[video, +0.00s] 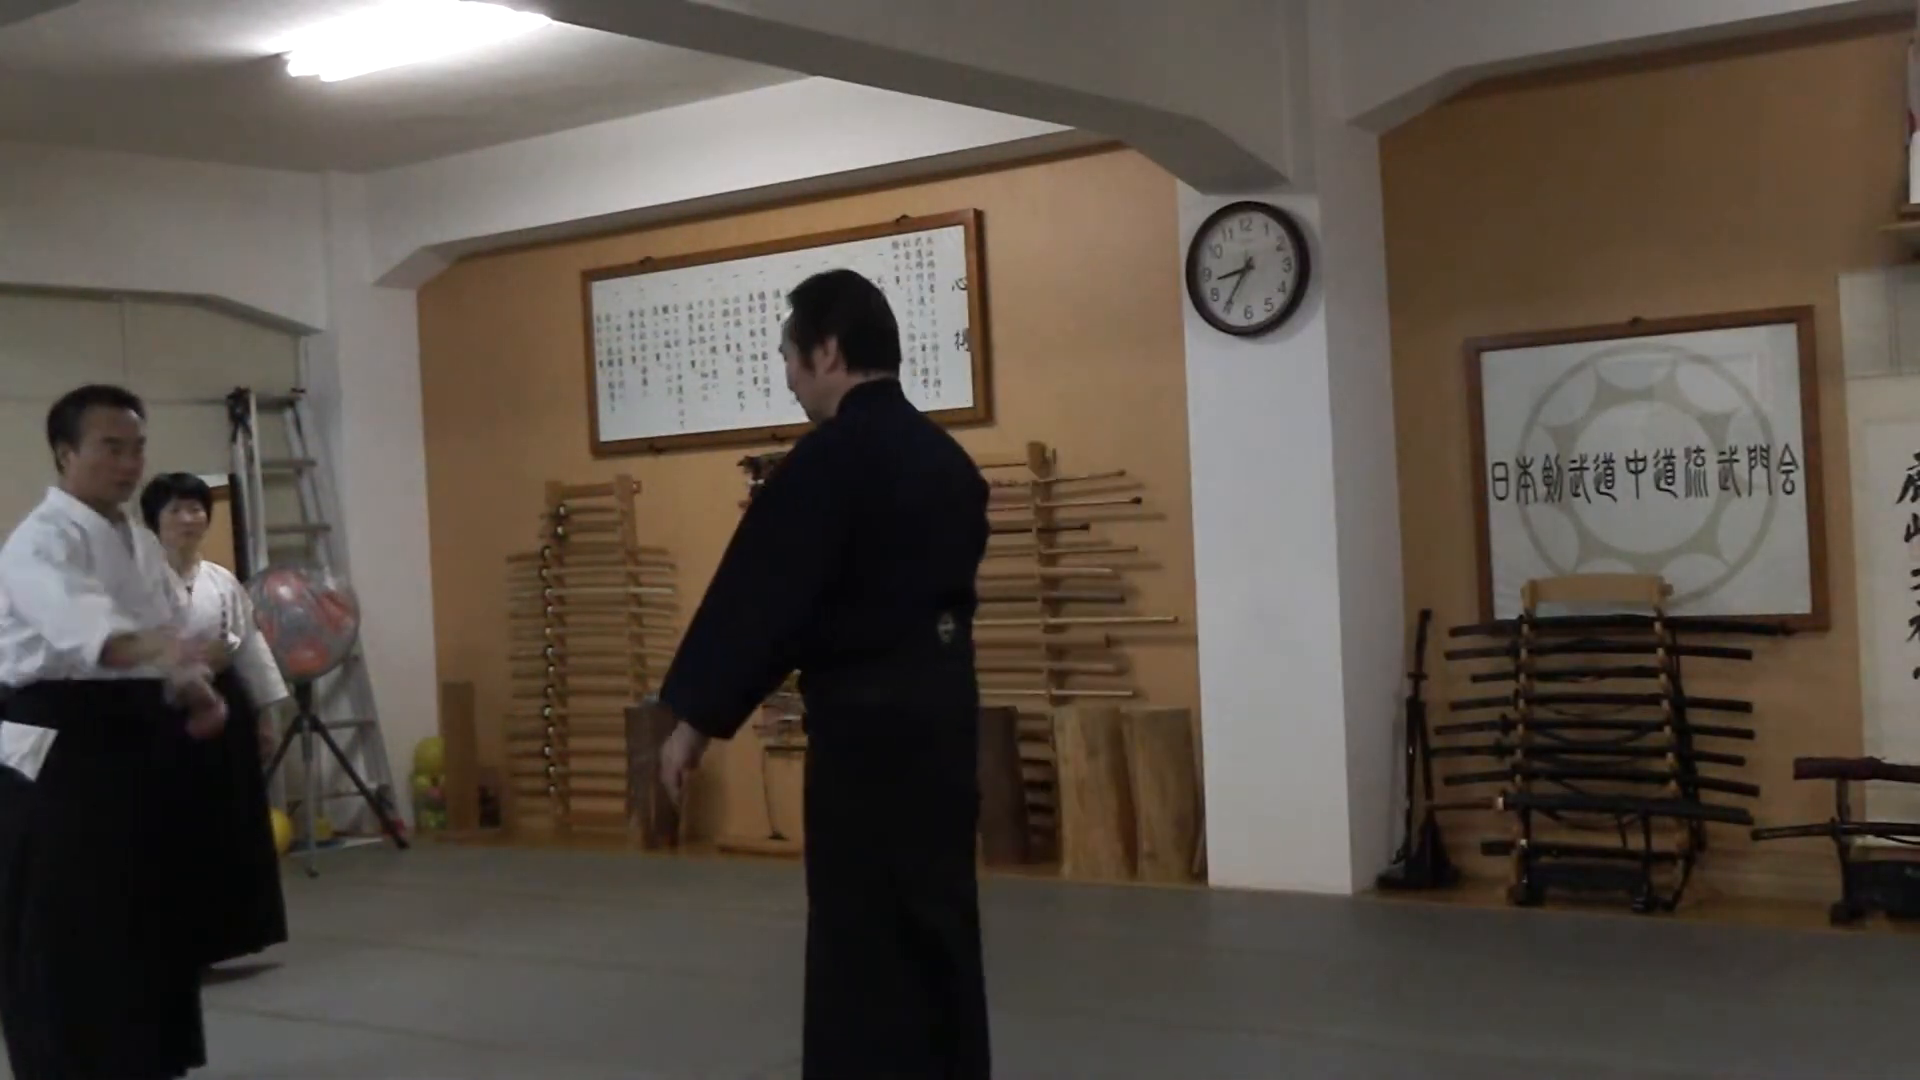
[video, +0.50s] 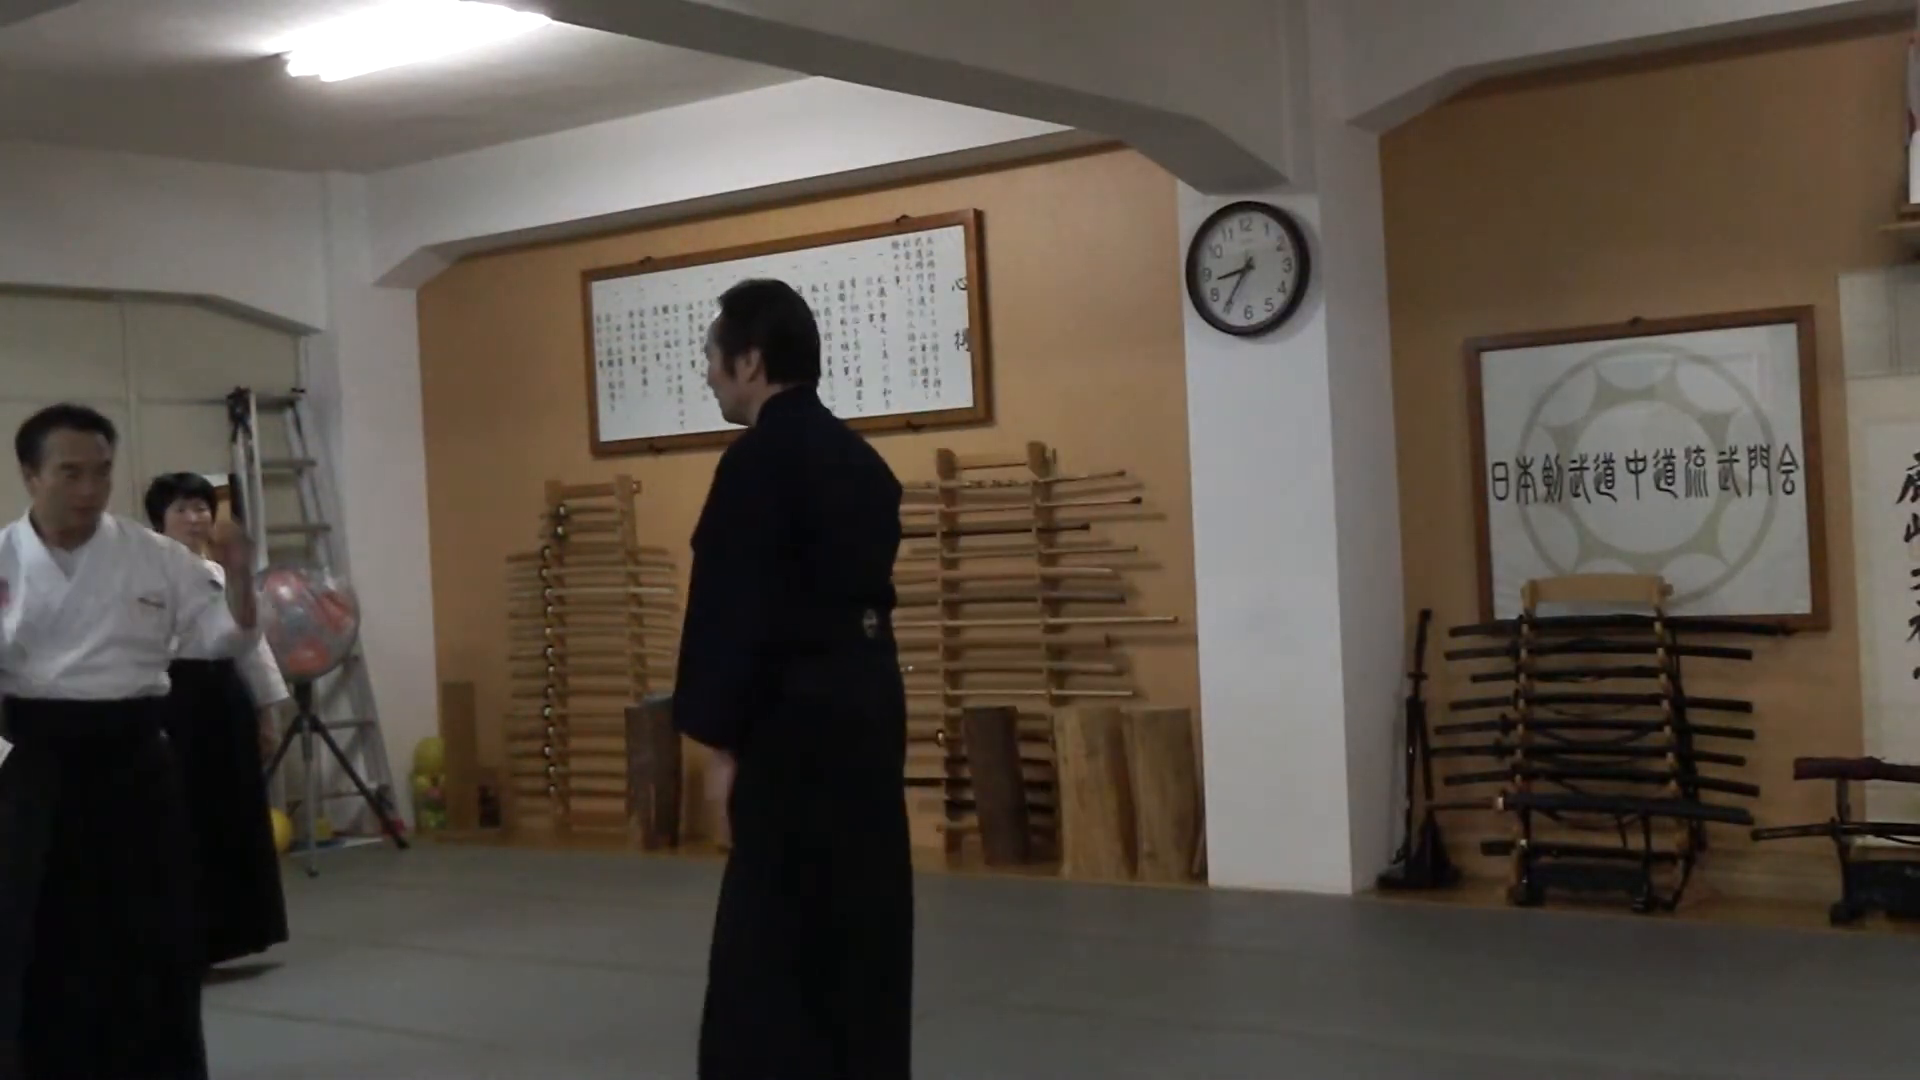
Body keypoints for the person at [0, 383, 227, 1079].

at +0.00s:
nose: (130, 462)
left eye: (138, 447)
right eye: (112, 447)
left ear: (145, 454)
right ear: (64, 454)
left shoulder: (141, 542)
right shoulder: (38, 543)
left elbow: (169, 631)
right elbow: (93, 637)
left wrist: (192, 684)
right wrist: (172, 652)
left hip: (133, 752)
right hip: (54, 762)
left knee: (144, 924)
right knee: (68, 937)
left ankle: (147, 1059)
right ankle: (78, 1066)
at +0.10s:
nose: (131, 462)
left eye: (140, 448)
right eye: (112, 447)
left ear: (148, 456)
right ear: (67, 455)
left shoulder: (162, 548)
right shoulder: (33, 549)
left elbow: (193, 653)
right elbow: (28, 664)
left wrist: (212, 748)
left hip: (158, 735)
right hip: (64, 746)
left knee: (159, 923)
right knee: (76, 928)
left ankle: (158, 1063)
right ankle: (76, 1064)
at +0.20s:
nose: (124, 463)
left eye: (134, 450)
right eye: (107, 448)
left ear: (143, 459)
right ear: (62, 456)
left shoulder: (170, 552)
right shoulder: (24, 550)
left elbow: (204, 654)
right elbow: (4, 671)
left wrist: (215, 749)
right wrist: (4, 777)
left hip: (154, 745)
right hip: (53, 747)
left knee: (156, 930)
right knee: (59, 928)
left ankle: (156, 1067)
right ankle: (57, 1065)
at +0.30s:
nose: (113, 469)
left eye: (122, 454)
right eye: (94, 453)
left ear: (132, 461)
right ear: (49, 461)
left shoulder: (170, 556)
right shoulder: (11, 553)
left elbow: (209, 655)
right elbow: (2, 663)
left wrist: (237, 731)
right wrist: (1, 755)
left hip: (152, 750)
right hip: (43, 754)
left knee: (155, 943)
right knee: (47, 938)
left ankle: (154, 1068)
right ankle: (50, 1066)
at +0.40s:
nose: (99, 481)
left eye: (109, 466)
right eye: (81, 466)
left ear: (119, 471)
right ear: (37, 472)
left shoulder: (159, 563)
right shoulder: (10, 556)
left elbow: (224, 660)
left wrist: (284, 664)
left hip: (129, 757)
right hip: (27, 755)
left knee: (139, 939)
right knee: (33, 941)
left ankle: (146, 1067)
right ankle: (40, 1066)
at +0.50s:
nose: (90, 487)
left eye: (101, 472)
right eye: (72, 472)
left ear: (113, 476)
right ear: (31, 477)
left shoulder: (158, 559)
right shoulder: (7, 558)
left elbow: (232, 640)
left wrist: (237, 572)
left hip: (136, 763)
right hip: (37, 763)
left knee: (148, 943)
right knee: (38, 941)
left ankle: (154, 1067)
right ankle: (44, 1067)